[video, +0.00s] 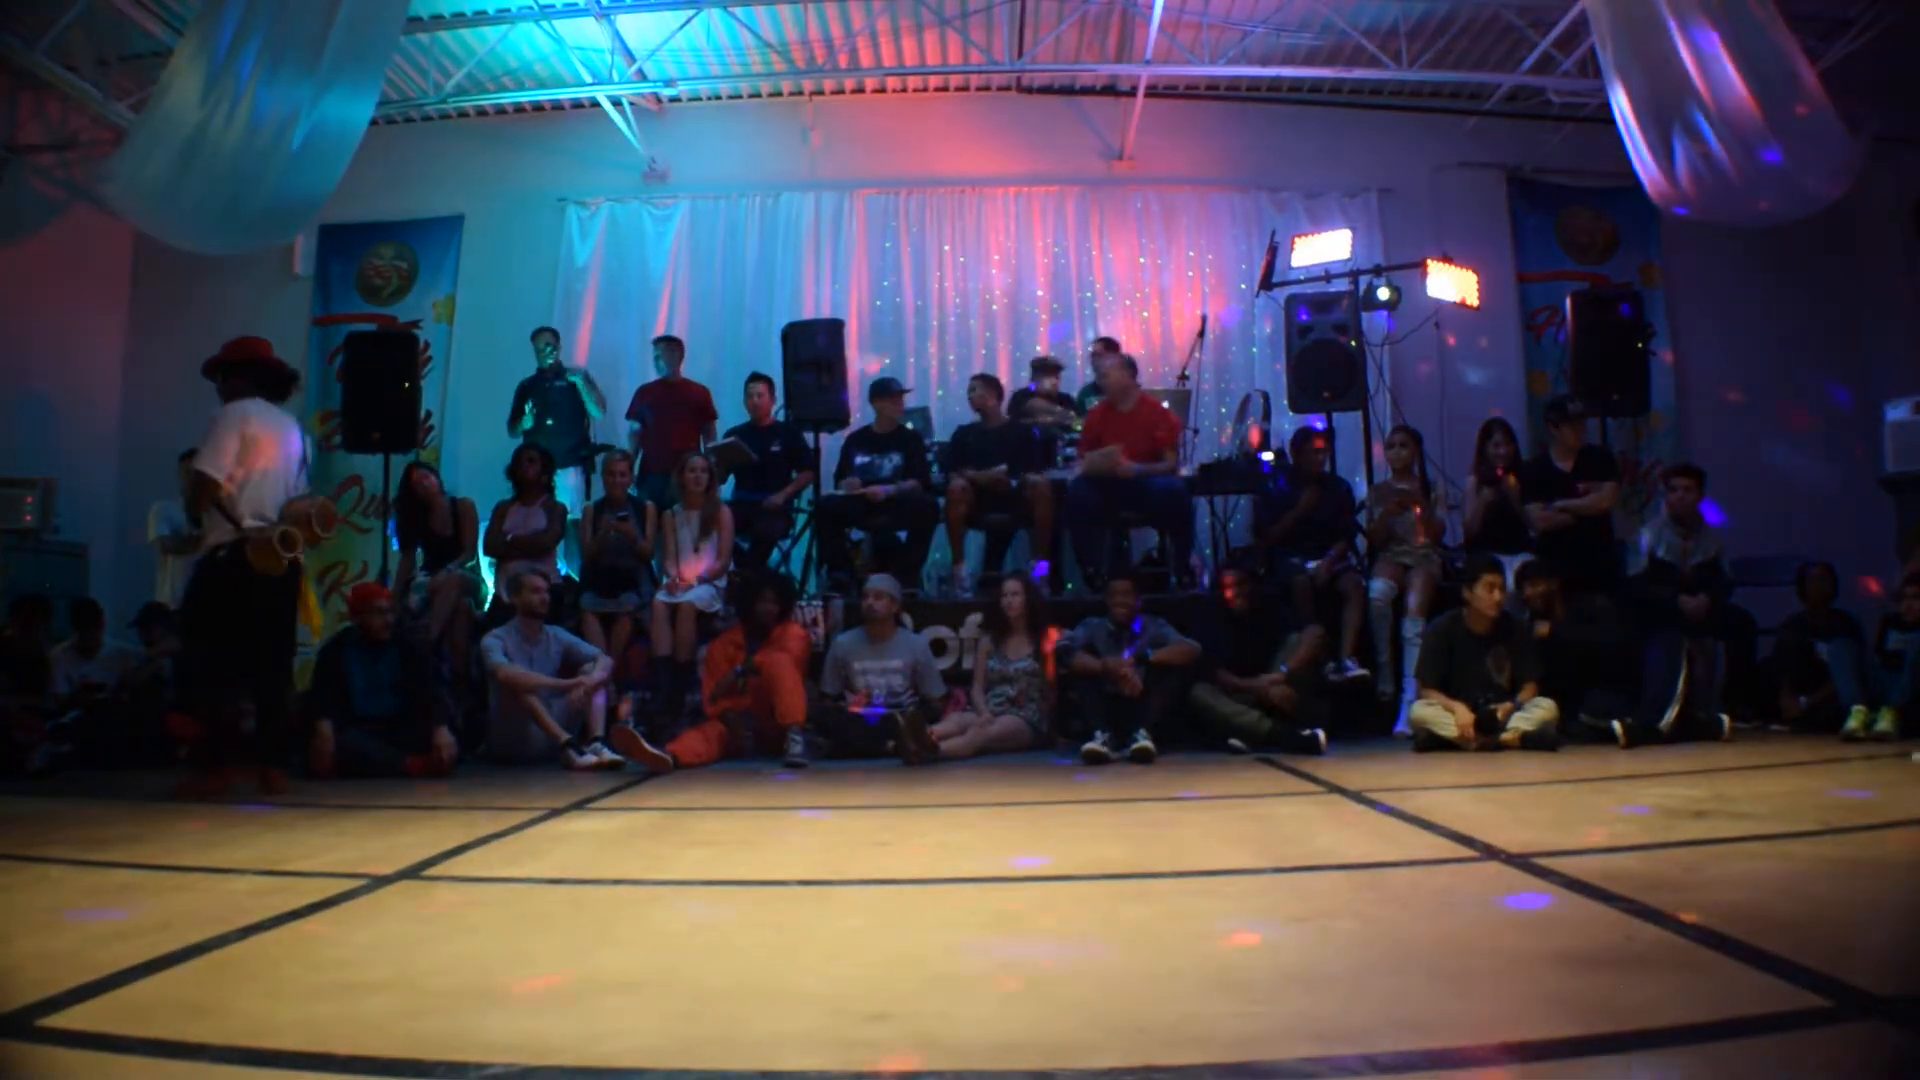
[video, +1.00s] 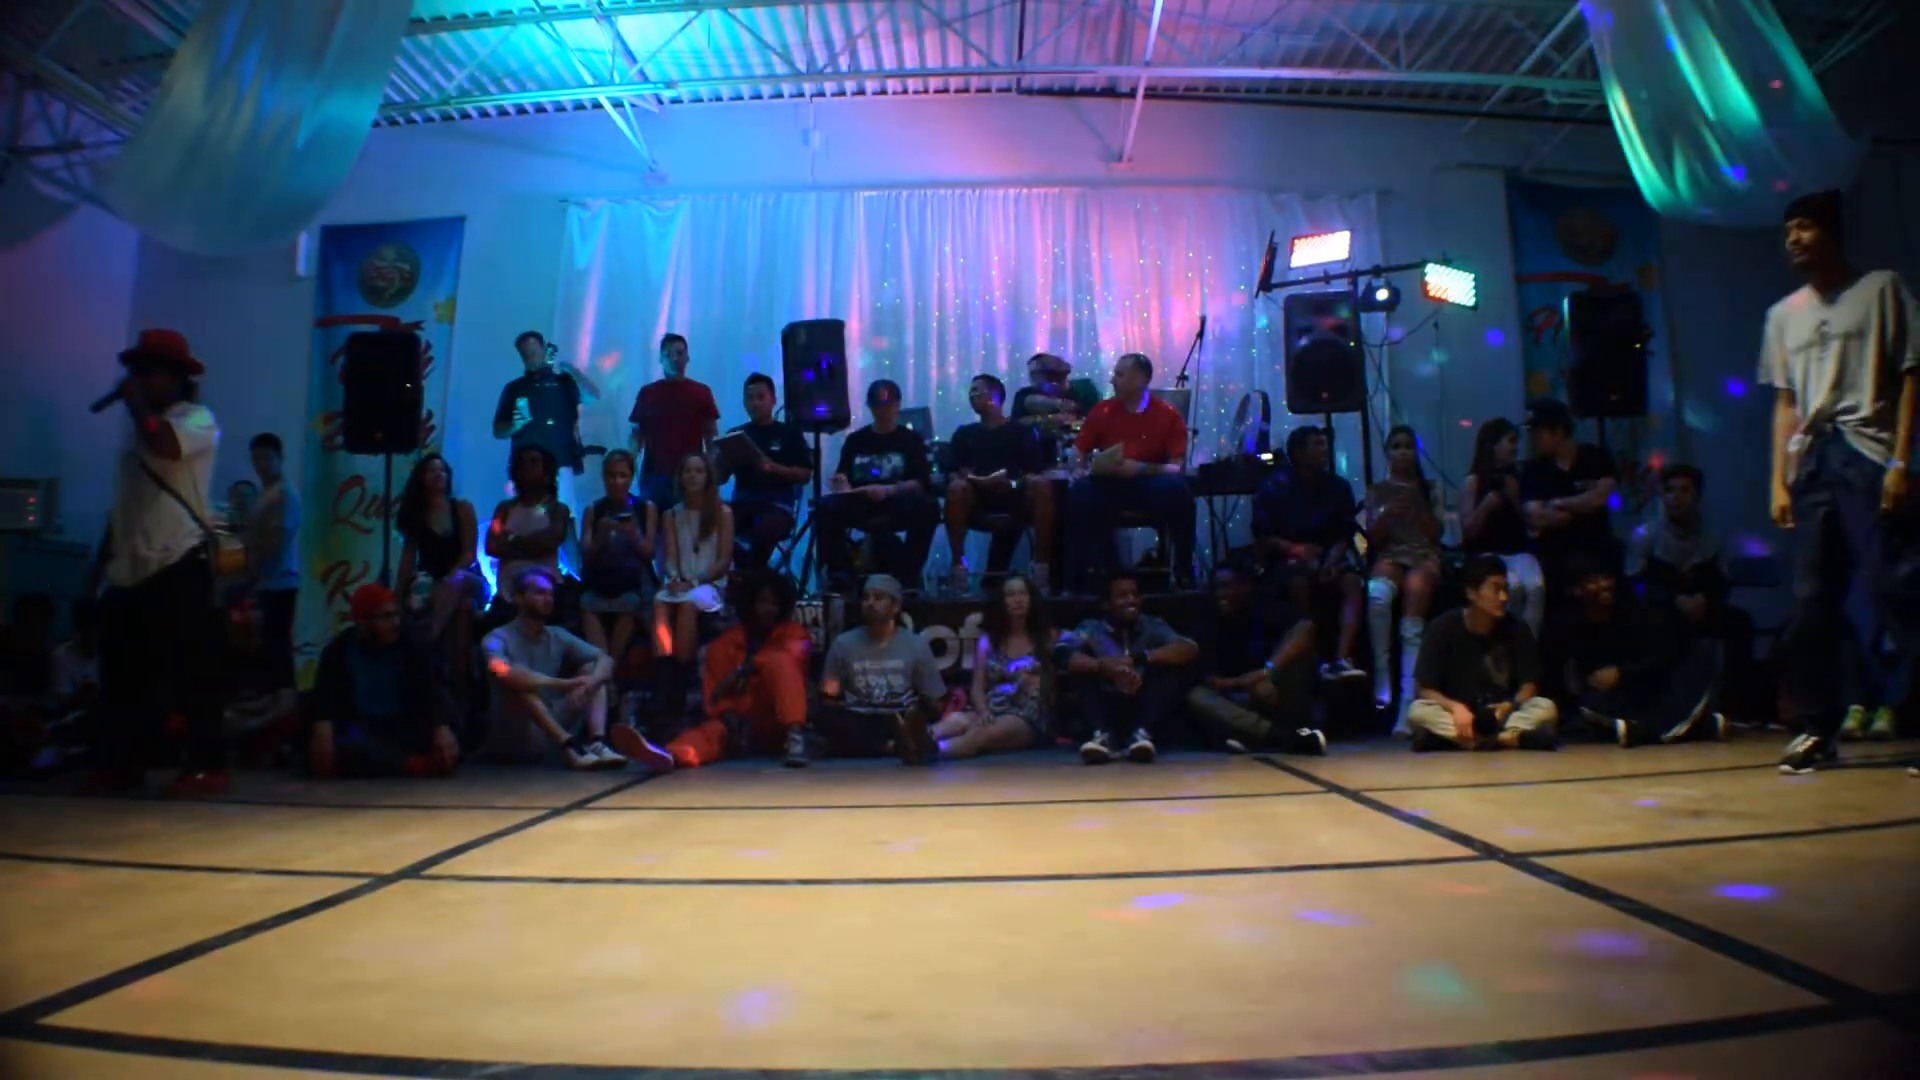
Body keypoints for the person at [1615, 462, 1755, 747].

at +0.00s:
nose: (1679, 497)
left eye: (1687, 491)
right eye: (1673, 490)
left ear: (1699, 496)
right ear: (1665, 496)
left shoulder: (1712, 537)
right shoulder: (1651, 534)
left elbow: (1724, 579)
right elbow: (1642, 581)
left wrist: (1708, 600)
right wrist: (1677, 601)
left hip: (1702, 608)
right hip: (1665, 607)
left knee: (1742, 624)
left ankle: (1736, 707)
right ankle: (1651, 716)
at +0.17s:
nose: (1678, 497)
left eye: (1686, 490)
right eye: (1672, 490)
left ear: (1697, 497)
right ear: (1664, 495)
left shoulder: (1711, 537)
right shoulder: (1649, 535)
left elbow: (1722, 579)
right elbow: (1638, 581)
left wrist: (1706, 600)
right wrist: (1676, 601)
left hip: (1701, 608)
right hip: (1662, 607)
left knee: (1741, 623)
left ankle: (1735, 707)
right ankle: (1650, 716)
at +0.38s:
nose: (1674, 498)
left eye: (1682, 491)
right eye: (1668, 491)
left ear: (1694, 497)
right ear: (1660, 497)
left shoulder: (1705, 537)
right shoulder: (1644, 536)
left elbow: (1718, 579)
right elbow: (1634, 582)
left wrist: (1703, 600)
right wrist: (1672, 602)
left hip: (1697, 611)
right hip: (1658, 610)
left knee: (1737, 625)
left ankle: (1727, 708)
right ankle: (1652, 713)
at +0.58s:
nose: (1674, 498)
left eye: (1683, 491)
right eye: (1669, 491)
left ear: (1695, 497)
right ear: (1662, 497)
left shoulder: (1708, 540)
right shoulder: (1646, 536)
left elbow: (1720, 583)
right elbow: (1636, 582)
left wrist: (1703, 601)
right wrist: (1674, 600)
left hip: (1698, 611)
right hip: (1658, 609)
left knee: (1740, 623)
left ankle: (1735, 708)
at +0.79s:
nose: (1676, 498)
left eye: (1684, 491)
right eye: (1670, 491)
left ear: (1696, 497)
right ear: (1662, 496)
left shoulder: (1707, 539)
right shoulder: (1646, 537)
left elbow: (1721, 582)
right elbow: (1637, 583)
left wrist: (1704, 600)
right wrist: (1674, 600)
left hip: (1699, 610)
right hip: (1659, 610)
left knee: (1740, 622)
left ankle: (1737, 707)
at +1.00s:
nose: (1677, 498)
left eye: (1685, 491)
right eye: (1671, 491)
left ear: (1697, 497)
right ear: (1663, 496)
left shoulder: (1710, 538)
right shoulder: (1647, 538)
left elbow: (1721, 582)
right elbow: (1640, 585)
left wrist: (1705, 600)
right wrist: (1674, 600)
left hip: (1701, 610)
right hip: (1661, 611)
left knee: (1740, 623)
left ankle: (1733, 705)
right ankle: (1665, 708)